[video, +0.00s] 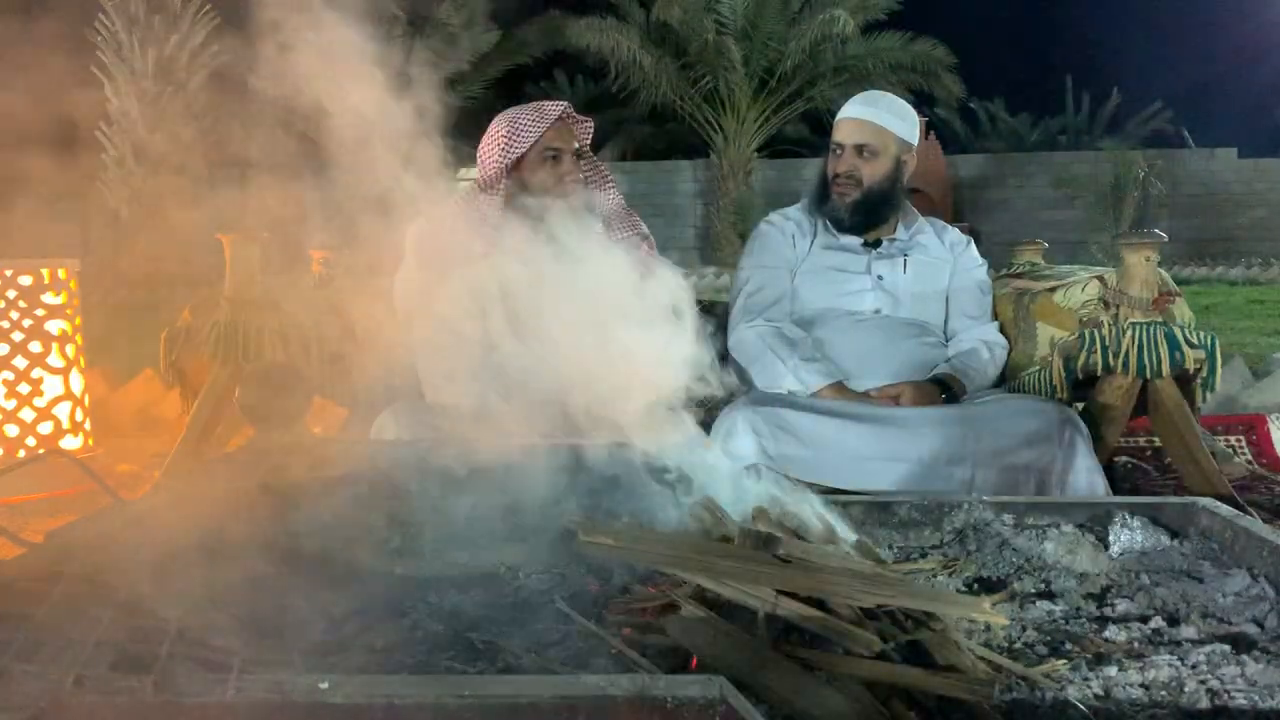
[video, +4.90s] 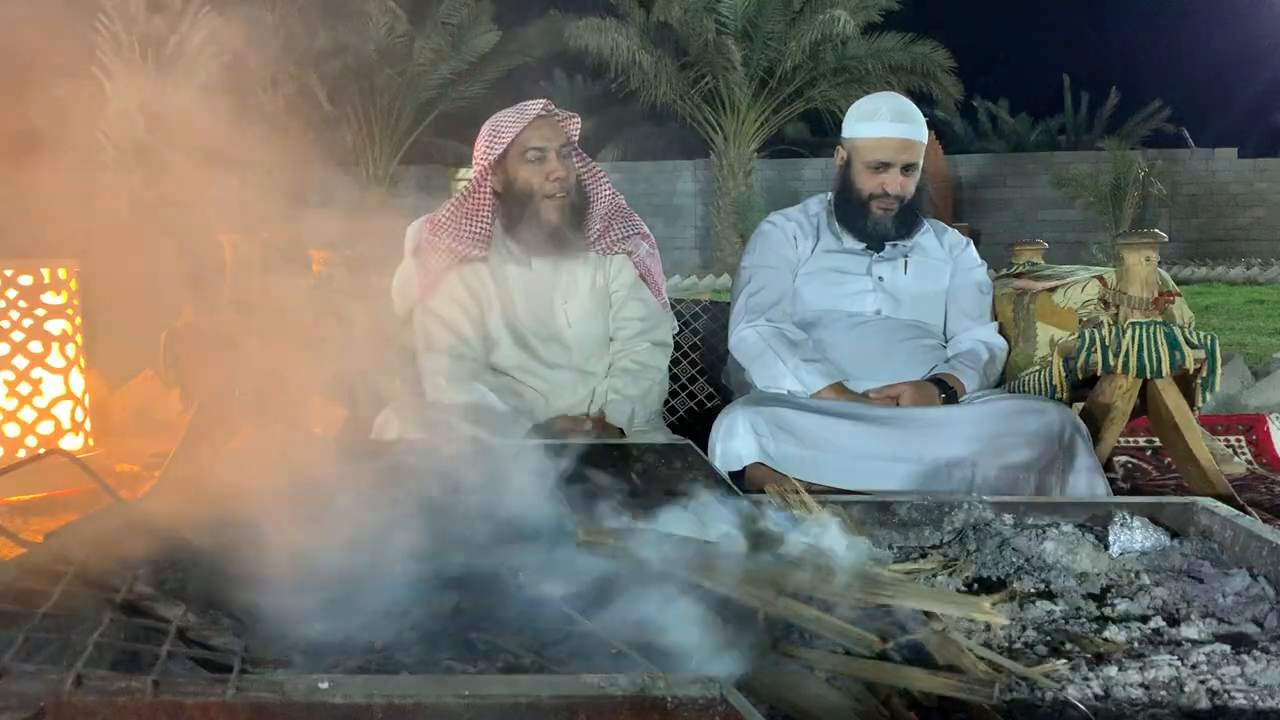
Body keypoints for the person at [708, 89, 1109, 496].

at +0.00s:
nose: (842, 167)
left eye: (864, 154)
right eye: (836, 151)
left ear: (905, 166)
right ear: (826, 155)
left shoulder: (953, 249)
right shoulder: (786, 231)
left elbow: (981, 342)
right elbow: (753, 330)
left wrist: (940, 387)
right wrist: (834, 396)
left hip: (939, 420)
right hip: (823, 416)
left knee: (1058, 429)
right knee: (741, 425)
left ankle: (1086, 590)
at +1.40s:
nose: (881, 176)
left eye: (896, 158)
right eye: (867, 159)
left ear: (918, 164)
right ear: (843, 161)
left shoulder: (952, 252)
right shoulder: (790, 233)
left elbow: (980, 348)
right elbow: (752, 343)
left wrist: (931, 389)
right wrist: (832, 390)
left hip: (919, 418)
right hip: (812, 412)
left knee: (1036, 432)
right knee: (743, 430)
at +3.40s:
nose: (889, 180)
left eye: (905, 165)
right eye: (875, 161)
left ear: (920, 171)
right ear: (843, 157)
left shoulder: (950, 248)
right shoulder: (787, 235)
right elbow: (755, 332)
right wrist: (835, 395)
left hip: (935, 416)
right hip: (828, 415)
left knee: (1058, 427)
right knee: (745, 427)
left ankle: (1089, 567)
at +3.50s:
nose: (889, 181)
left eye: (904, 166)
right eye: (874, 162)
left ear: (919, 170)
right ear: (842, 155)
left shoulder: (953, 250)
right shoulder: (786, 236)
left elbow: (980, 354)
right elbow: (755, 337)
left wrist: (928, 399)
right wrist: (845, 401)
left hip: (931, 422)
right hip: (821, 422)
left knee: (1057, 427)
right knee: (742, 426)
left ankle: (1081, 575)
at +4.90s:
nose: (893, 187)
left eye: (907, 171)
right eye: (878, 169)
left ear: (921, 171)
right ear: (842, 160)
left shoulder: (953, 248)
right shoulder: (786, 233)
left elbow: (980, 341)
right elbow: (755, 333)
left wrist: (942, 387)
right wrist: (838, 398)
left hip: (939, 416)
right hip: (826, 414)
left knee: (1055, 425)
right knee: (742, 426)